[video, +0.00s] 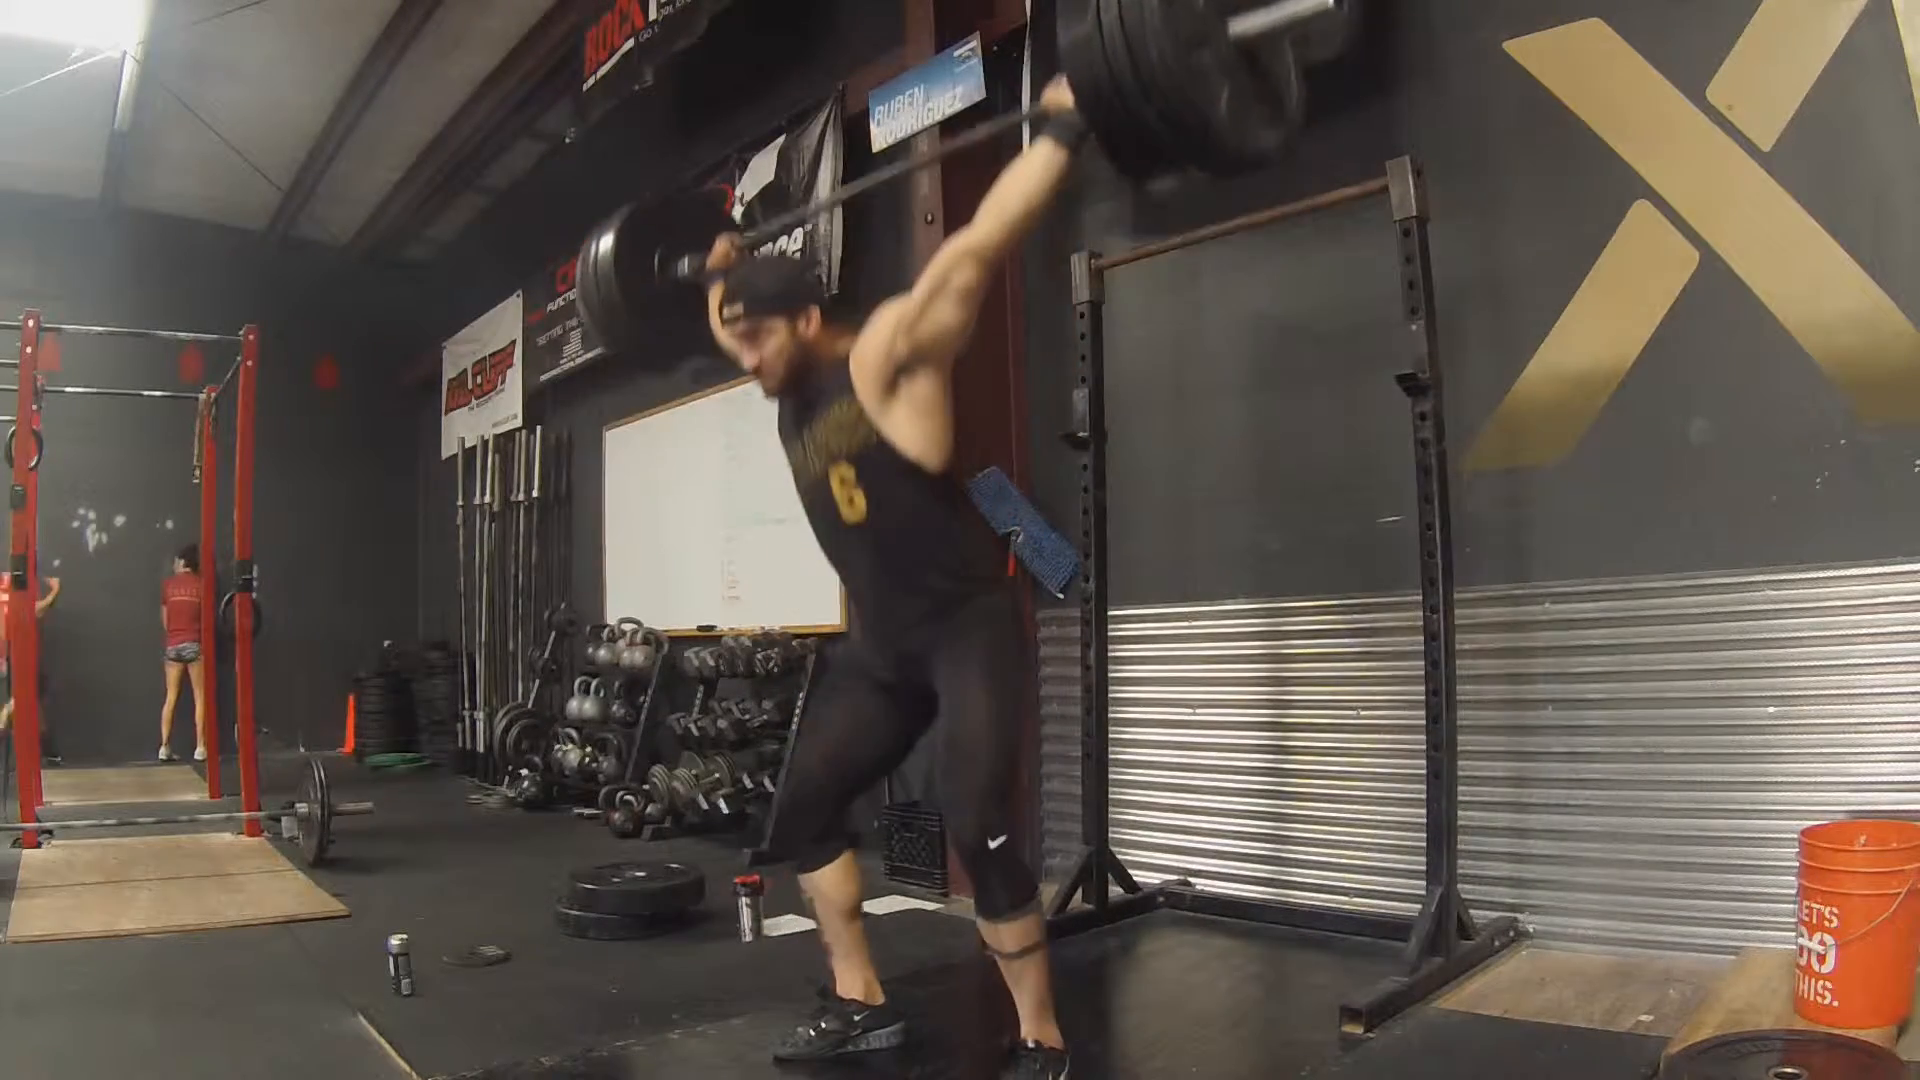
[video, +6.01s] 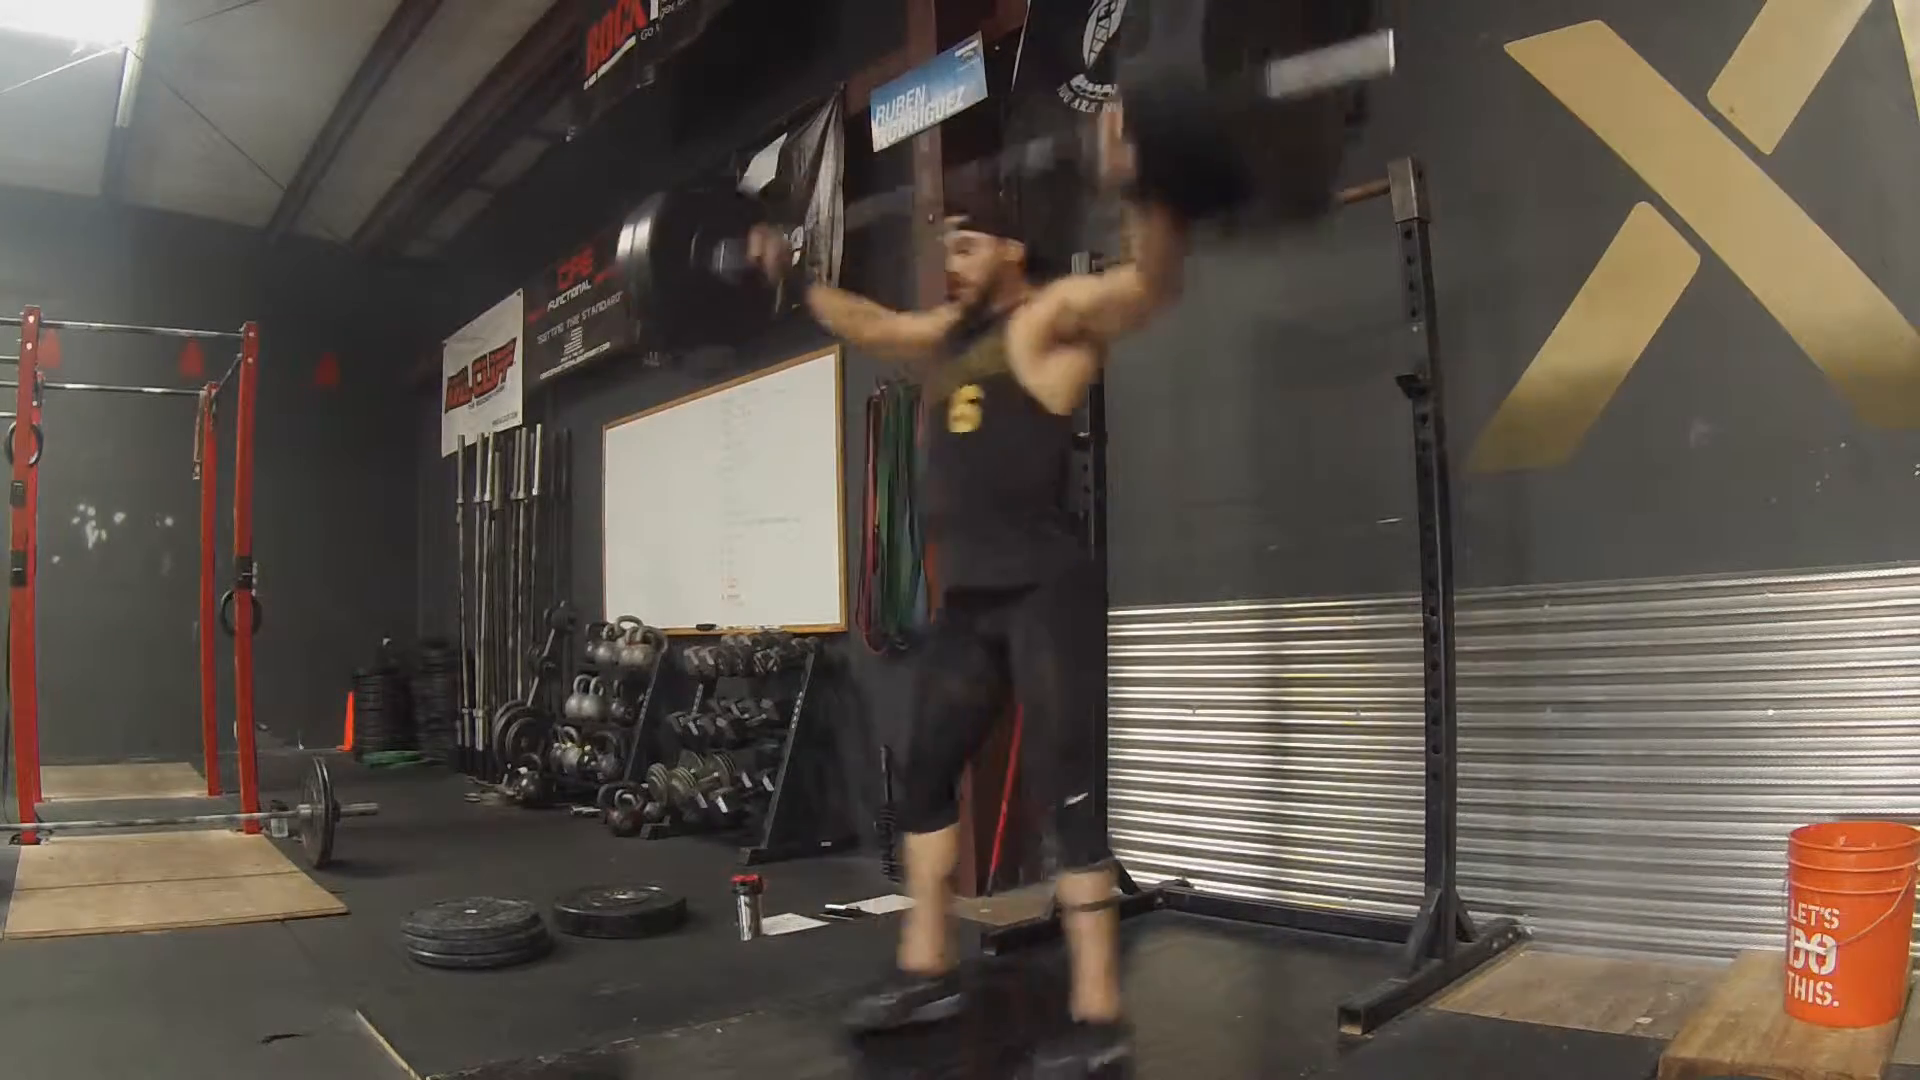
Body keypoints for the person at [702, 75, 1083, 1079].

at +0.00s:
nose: (746, 362)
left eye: (753, 341)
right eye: (736, 347)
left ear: (807, 316)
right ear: (756, 337)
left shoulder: (895, 349)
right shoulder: (794, 394)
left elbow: (976, 247)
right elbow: (731, 329)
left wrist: (1057, 129)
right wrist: (723, 260)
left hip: (971, 628)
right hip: (874, 641)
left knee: (980, 833)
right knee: (803, 809)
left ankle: (1041, 1041)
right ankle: (860, 1005)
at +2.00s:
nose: (812, 359)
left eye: (831, 344)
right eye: (811, 348)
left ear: (883, 360)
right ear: (821, 371)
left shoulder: (955, 447)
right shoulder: (839, 476)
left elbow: (1064, 553)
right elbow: (829, 586)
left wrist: (1131, 675)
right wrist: (809, 678)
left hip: (1053, 641)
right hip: (967, 649)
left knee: (1062, 821)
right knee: (885, 783)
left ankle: (1079, 1026)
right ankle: (918, 991)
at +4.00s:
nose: (787, 624)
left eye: (803, 605)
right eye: (784, 609)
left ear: (858, 610)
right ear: (780, 618)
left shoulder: (923, 659)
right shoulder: (826, 676)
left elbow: (990, 581)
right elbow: (761, 594)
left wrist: (1076, 467)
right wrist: (748, 523)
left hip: (989, 882)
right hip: (888, 881)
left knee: (933, 915)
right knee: (752, 874)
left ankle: (1052, 1036)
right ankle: (896, 993)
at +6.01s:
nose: (953, 255)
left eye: (968, 241)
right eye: (947, 244)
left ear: (1016, 250)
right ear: (953, 260)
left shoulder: (1056, 311)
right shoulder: (947, 332)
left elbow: (1149, 285)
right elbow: (868, 324)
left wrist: (1142, 185)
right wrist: (792, 273)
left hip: (1051, 596)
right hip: (965, 603)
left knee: (1068, 794)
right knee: (923, 774)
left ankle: (1098, 1017)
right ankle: (926, 972)